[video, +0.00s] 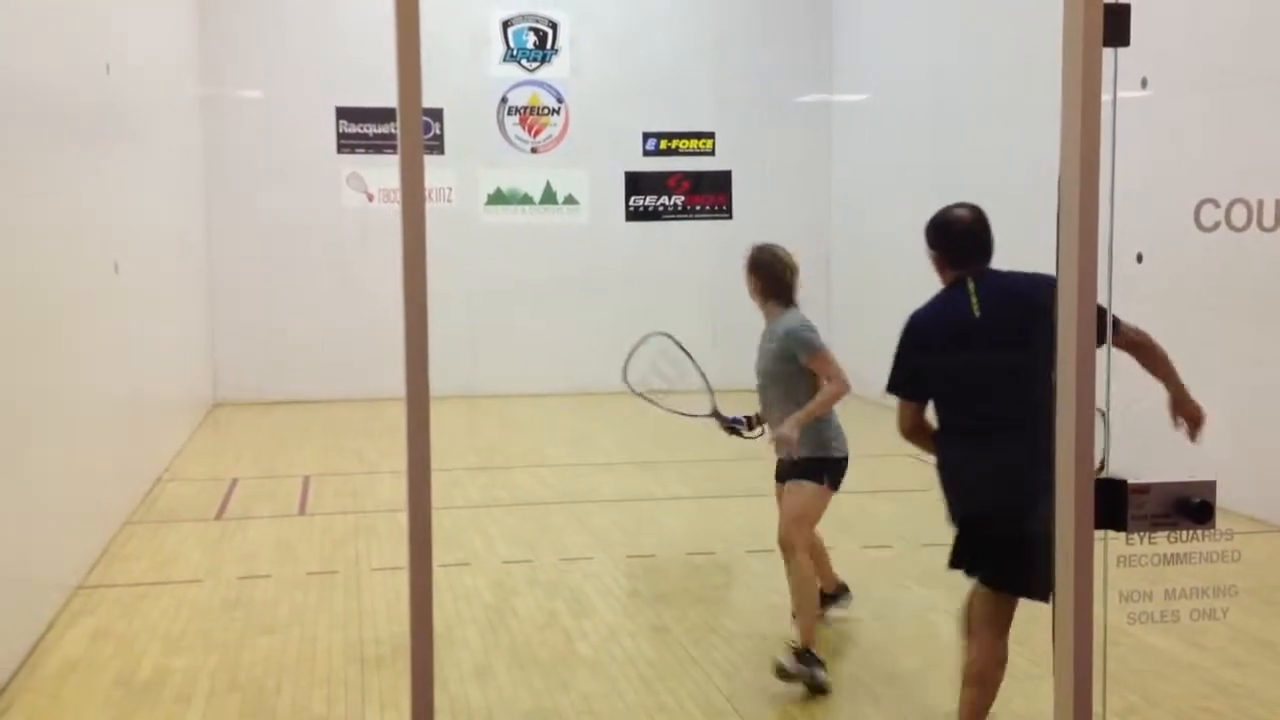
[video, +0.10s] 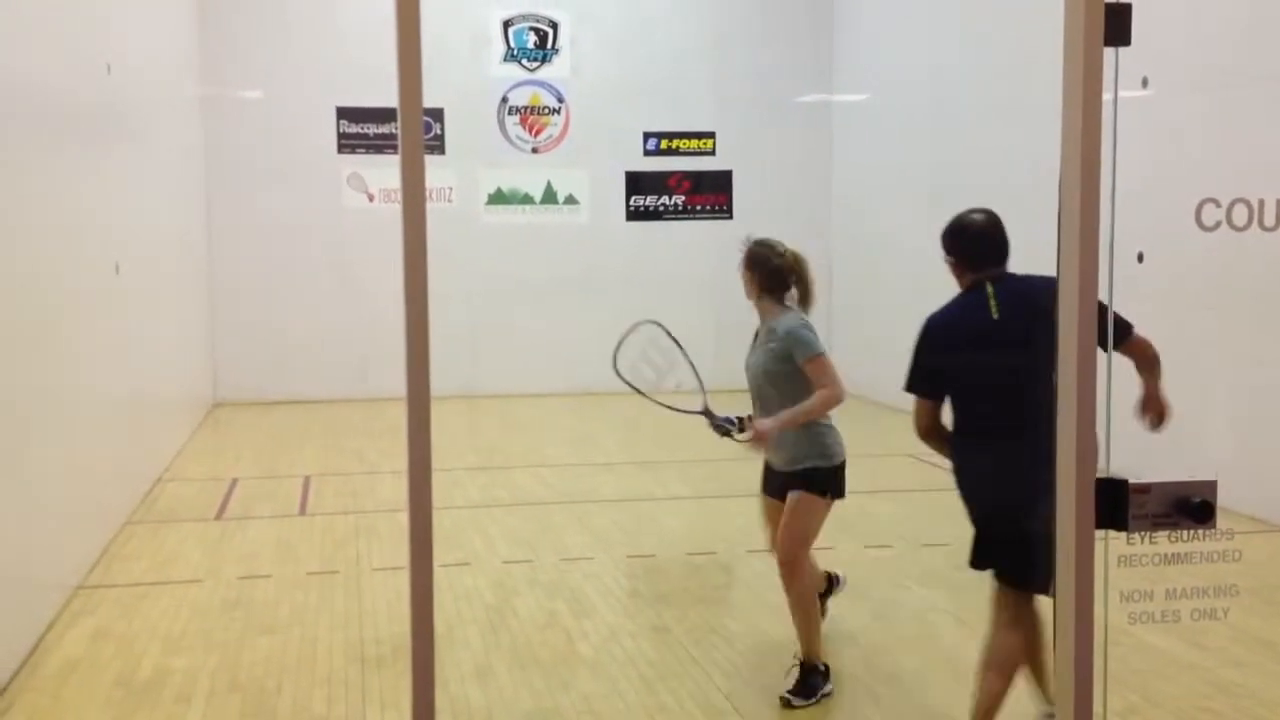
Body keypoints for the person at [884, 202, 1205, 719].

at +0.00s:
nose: (933, 260)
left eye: (932, 253)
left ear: (936, 257)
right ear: (990, 249)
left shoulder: (926, 324)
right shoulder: (1044, 293)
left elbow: (909, 426)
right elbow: (1137, 341)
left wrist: (948, 448)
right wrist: (1179, 394)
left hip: (982, 495)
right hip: (1053, 486)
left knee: (987, 624)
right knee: (987, 620)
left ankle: (971, 712)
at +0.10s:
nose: (949, 266)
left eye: (949, 259)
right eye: (952, 258)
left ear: (954, 264)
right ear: (1006, 254)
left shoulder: (943, 326)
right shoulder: (1055, 296)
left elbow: (926, 425)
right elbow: (1143, 350)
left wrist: (965, 452)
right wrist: (1152, 393)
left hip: (986, 478)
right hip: (1053, 473)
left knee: (1019, 596)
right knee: (1012, 602)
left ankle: (1051, 702)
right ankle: (981, 713)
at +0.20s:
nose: (961, 278)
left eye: (961, 272)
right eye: (962, 271)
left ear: (967, 276)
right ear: (1017, 266)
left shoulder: (958, 337)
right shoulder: (1063, 307)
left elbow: (942, 434)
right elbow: (1146, 363)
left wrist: (976, 467)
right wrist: (1138, 405)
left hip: (1003, 486)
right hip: (1065, 481)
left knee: (1039, 606)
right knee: (1051, 619)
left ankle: (1077, 707)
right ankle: (1010, 707)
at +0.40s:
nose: (974, 263)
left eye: (975, 256)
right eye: (976, 255)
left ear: (982, 258)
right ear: (1030, 251)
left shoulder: (972, 316)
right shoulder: (1077, 289)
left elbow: (957, 407)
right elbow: (1150, 356)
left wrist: (973, 449)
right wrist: (1163, 431)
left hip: (1020, 468)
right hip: (1083, 460)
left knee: (1040, 581)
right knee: (1091, 561)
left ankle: (1075, 696)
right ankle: (1110, 671)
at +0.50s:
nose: (977, 253)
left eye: (978, 245)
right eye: (977, 245)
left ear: (987, 247)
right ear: (1032, 241)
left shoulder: (977, 303)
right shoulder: (1079, 279)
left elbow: (959, 388)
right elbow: (1145, 342)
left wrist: (966, 437)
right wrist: (1163, 419)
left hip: (1023, 451)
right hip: (1085, 444)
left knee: (1040, 565)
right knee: (1093, 549)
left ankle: (1069, 683)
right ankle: (1114, 666)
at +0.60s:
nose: (976, 258)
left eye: (980, 251)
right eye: (977, 250)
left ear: (993, 255)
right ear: (1031, 250)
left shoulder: (982, 312)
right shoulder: (1075, 286)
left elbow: (966, 396)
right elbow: (1141, 348)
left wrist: (959, 443)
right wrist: (1157, 423)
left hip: (1024, 455)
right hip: (1083, 450)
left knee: (1027, 554)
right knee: (1088, 547)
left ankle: (1056, 640)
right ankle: (1108, 662)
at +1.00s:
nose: (915, 251)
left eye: (924, 248)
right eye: (921, 245)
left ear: (941, 262)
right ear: (960, 259)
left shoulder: (933, 318)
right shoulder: (992, 286)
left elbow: (925, 399)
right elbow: (1027, 335)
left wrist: (892, 433)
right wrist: (988, 360)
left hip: (951, 435)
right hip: (1000, 430)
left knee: (934, 517)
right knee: (1002, 523)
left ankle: (961, 621)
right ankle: (1061, 592)